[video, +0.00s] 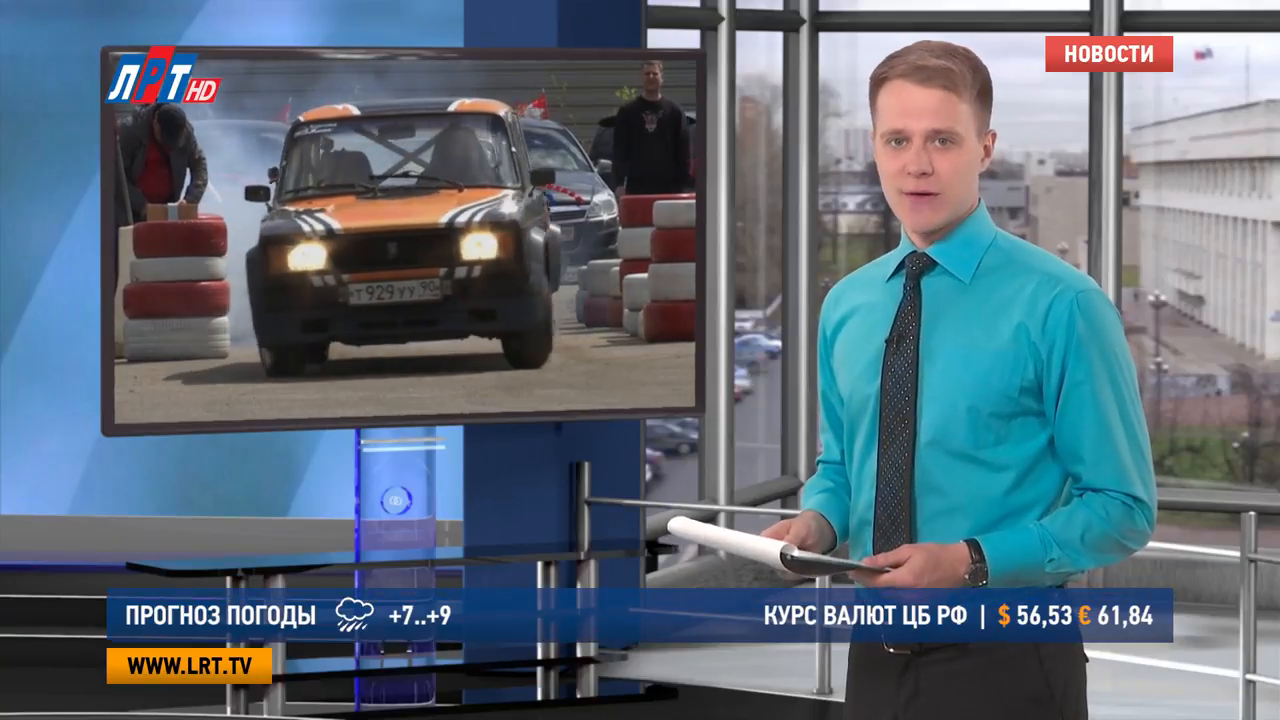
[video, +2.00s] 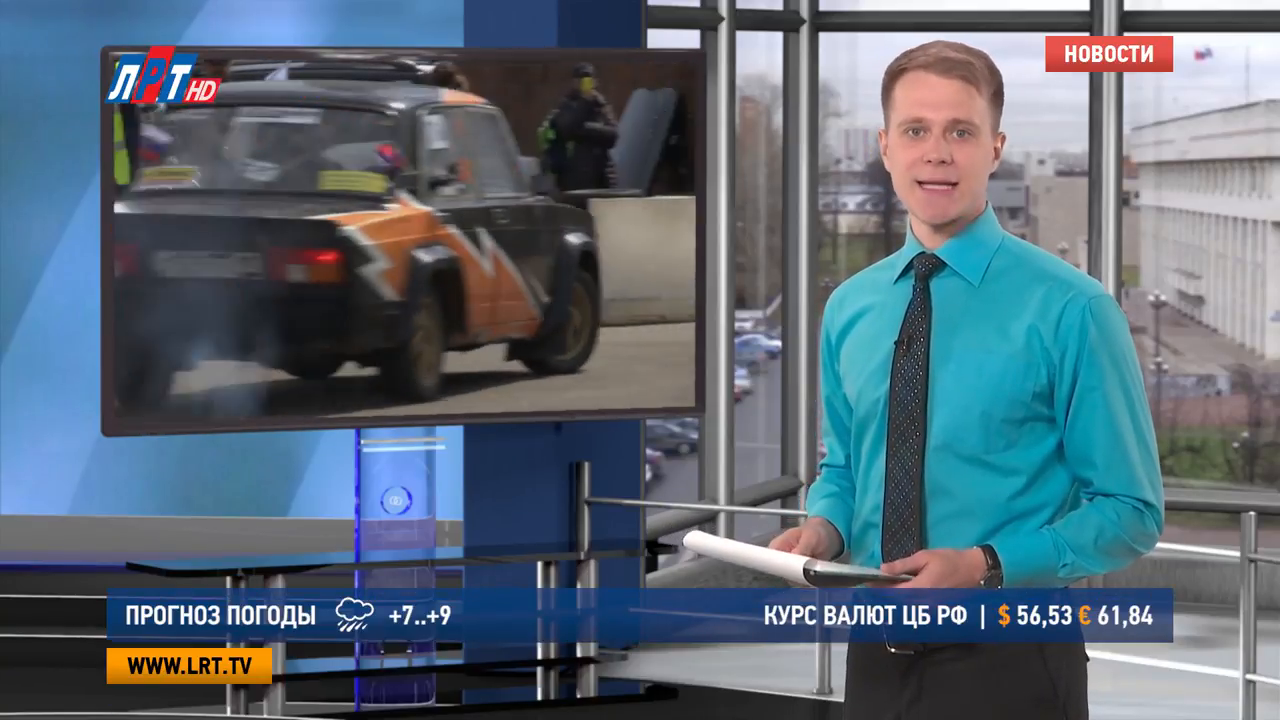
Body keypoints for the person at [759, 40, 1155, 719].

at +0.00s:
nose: (916, 164)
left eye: (941, 140)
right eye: (897, 140)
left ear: (985, 149)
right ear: (875, 149)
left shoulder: (1063, 304)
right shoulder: (846, 304)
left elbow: (1124, 506)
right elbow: (838, 465)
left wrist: (973, 561)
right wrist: (817, 522)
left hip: (1008, 662)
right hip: (877, 659)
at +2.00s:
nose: (937, 153)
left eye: (960, 131)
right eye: (916, 131)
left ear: (996, 148)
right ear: (886, 147)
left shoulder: (1071, 308)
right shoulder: (849, 307)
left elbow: (1131, 509)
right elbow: (842, 465)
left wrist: (987, 565)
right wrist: (820, 529)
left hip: (1009, 661)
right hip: (877, 657)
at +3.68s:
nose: (904, 167)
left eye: (930, 142)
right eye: (885, 144)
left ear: (978, 148)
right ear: (866, 154)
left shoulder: (1063, 309)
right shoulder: (842, 311)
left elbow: (1124, 509)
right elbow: (839, 473)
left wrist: (980, 565)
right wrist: (818, 531)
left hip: (1006, 661)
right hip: (873, 659)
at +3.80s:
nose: (910, 171)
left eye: (935, 145)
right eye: (889, 147)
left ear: (981, 150)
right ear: (869, 156)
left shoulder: (1064, 309)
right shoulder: (844, 311)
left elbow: (1125, 509)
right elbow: (840, 474)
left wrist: (983, 567)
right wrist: (819, 535)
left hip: (1007, 660)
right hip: (875, 658)